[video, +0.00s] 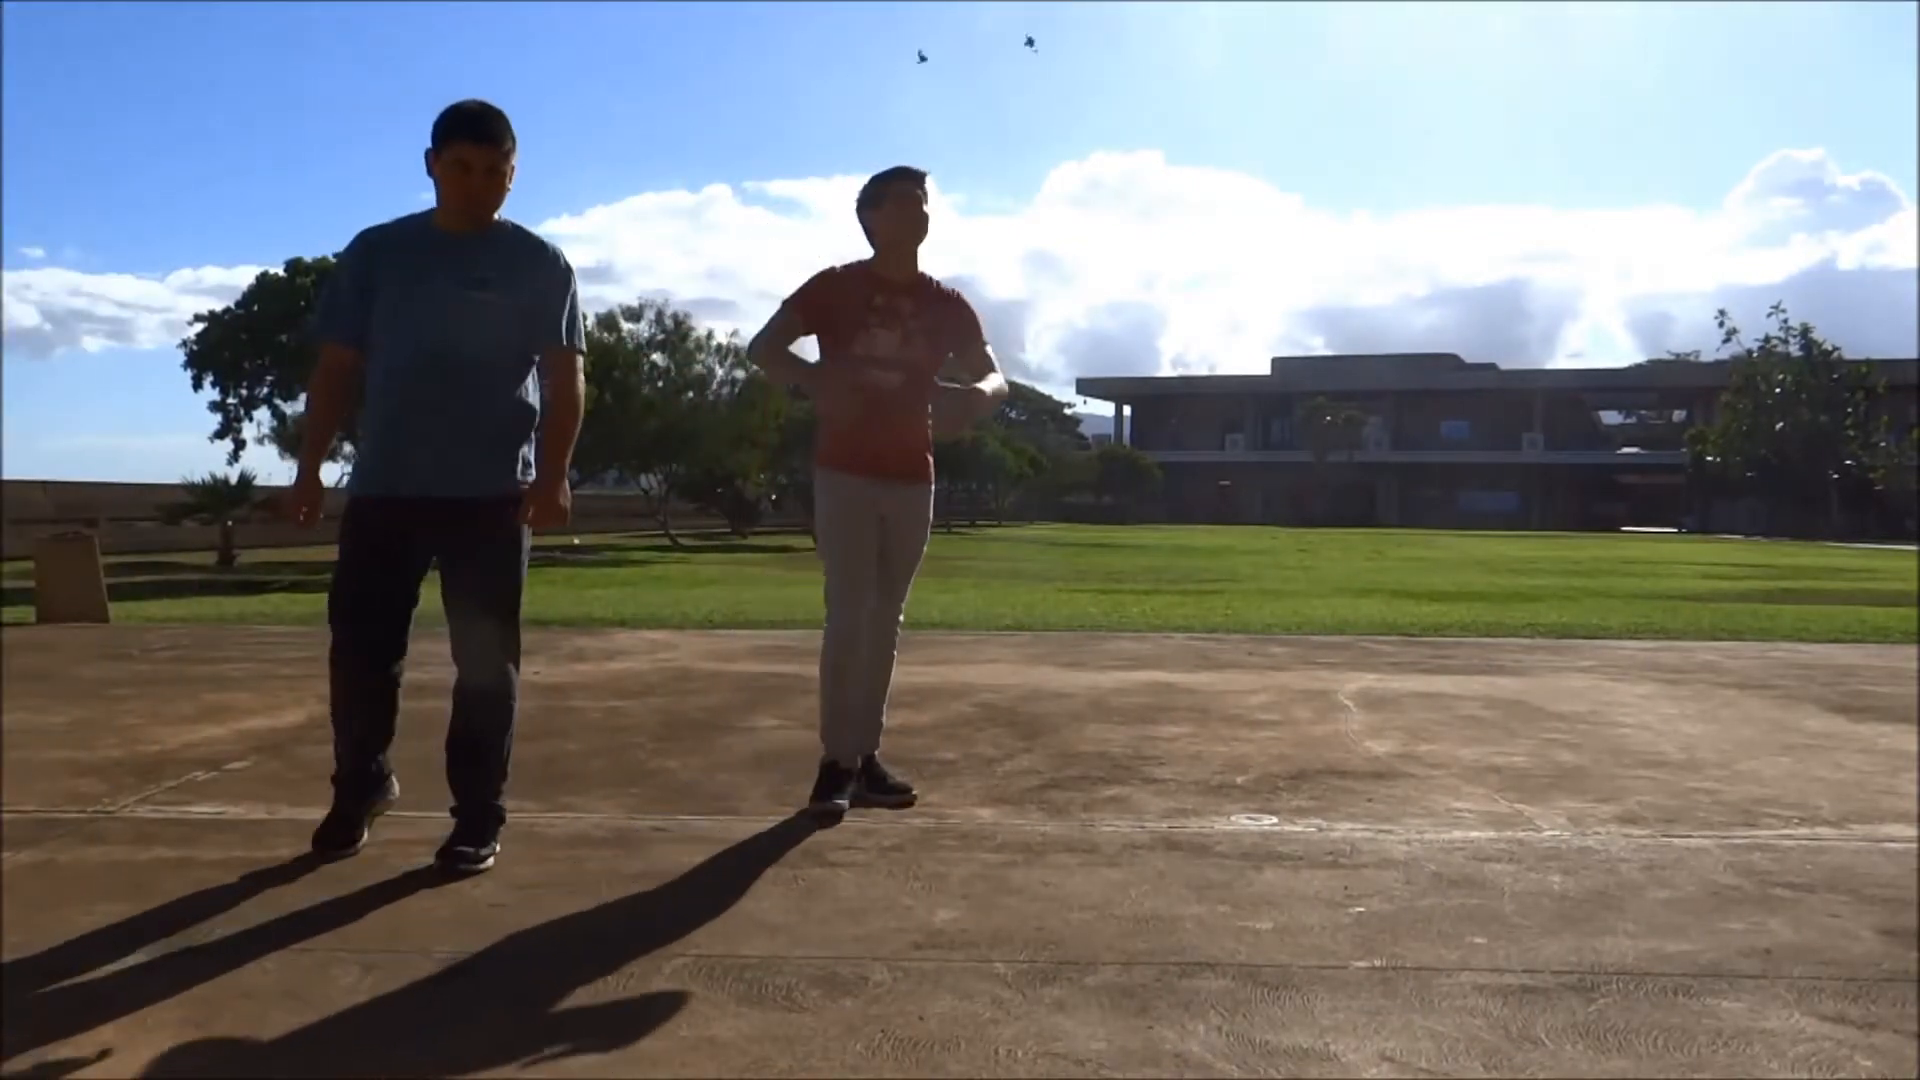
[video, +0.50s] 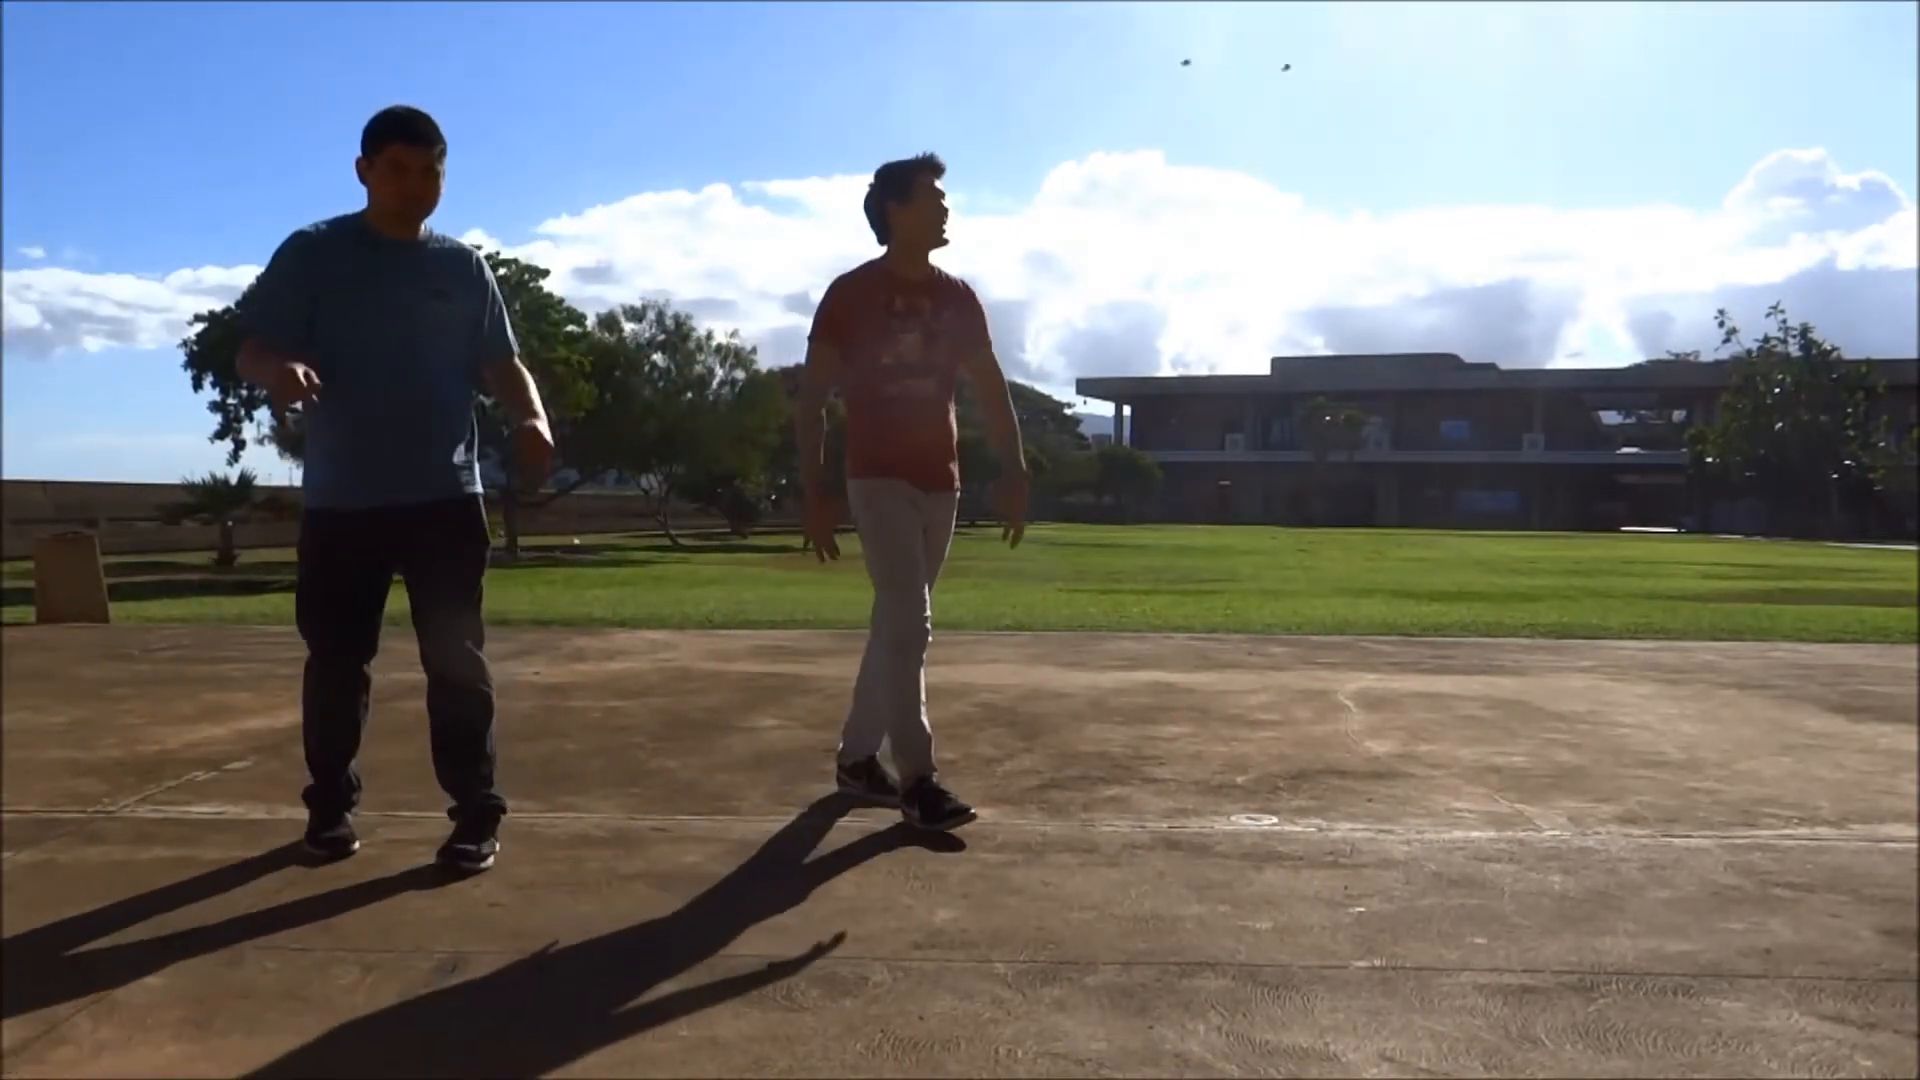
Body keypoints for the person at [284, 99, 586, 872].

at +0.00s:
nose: (482, 182)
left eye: (494, 168)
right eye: (464, 167)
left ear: (513, 169)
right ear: (434, 166)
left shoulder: (541, 266)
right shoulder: (376, 253)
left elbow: (563, 381)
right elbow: (335, 368)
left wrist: (554, 476)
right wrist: (311, 469)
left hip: (489, 491)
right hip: (387, 487)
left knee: (486, 663)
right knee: (359, 645)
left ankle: (477, 820)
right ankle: (360, 782)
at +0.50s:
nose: (426, 183)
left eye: (434, 169)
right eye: (410, 168)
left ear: (442, 176)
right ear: (368, 169)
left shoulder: (463, 266)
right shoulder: (311, 255)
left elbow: (502, 362)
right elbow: (251, 350)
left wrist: (533, 419)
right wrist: (274, 370)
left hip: (444, 493)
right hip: (344, 497)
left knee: (457, 658)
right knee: (334, 661)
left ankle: (477, 816)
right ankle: (329, 811)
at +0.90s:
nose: (395, 177)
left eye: (403, 165)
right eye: (378, 163)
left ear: (412, 175)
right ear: (337, 169)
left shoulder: (425, 263)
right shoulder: (286, 255)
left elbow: (479, 354)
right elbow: (217, 347)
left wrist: (517, 309)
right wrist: (250, 267)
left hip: (411, 486)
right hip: (315, 492)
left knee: (422, 653)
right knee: (324, 660)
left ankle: (413, 794)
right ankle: (329, 806)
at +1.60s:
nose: (478, 217)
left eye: (486, 204)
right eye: (465, 202)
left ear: (493, 204)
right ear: (425, 195)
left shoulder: (490, 280)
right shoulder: (365, 265)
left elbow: (539, 363)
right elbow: (298, 348)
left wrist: (561, 293)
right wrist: (336, 262)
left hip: (474, 495)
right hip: (385, 497)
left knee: (503, 639)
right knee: (362, 658)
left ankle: (524, 778)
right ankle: (335, 805)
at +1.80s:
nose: (529, 232)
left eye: (536, 219)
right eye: (519, 217)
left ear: (538, 218)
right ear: (480, 206)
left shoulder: (542, 296)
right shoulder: (415, 277)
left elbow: (590, 367)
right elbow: (359, 359)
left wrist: (669, 336)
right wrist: (342, 298)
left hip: (532, 499)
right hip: (448, 501)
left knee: (547, 642)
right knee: (417, 654)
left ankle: (532, 781)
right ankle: (353, 799)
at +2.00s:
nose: (569, 232)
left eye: (576, 219)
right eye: (561, 217)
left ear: (575, 217)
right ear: (522, 204)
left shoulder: (577, 294)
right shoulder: (451, 274)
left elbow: (606, 367)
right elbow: (402, 364)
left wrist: (692, 336)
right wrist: (393, 307)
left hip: (564, 491)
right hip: (486, 491)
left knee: (556, 641)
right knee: (479, 640)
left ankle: (535, 780)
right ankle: (441, 797)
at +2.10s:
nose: (586, 233)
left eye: (593, 221)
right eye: (579, 218)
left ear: (589, 218)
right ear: (538, 204)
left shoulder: (590, 293)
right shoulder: (469, 273)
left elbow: (617, 370)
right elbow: (420, 365)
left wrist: (703, 338)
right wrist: (417, 308)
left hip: (574, 488)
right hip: (500, 487)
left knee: (566, 637)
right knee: (515, 632)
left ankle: (544, 780)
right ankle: (503, 796)